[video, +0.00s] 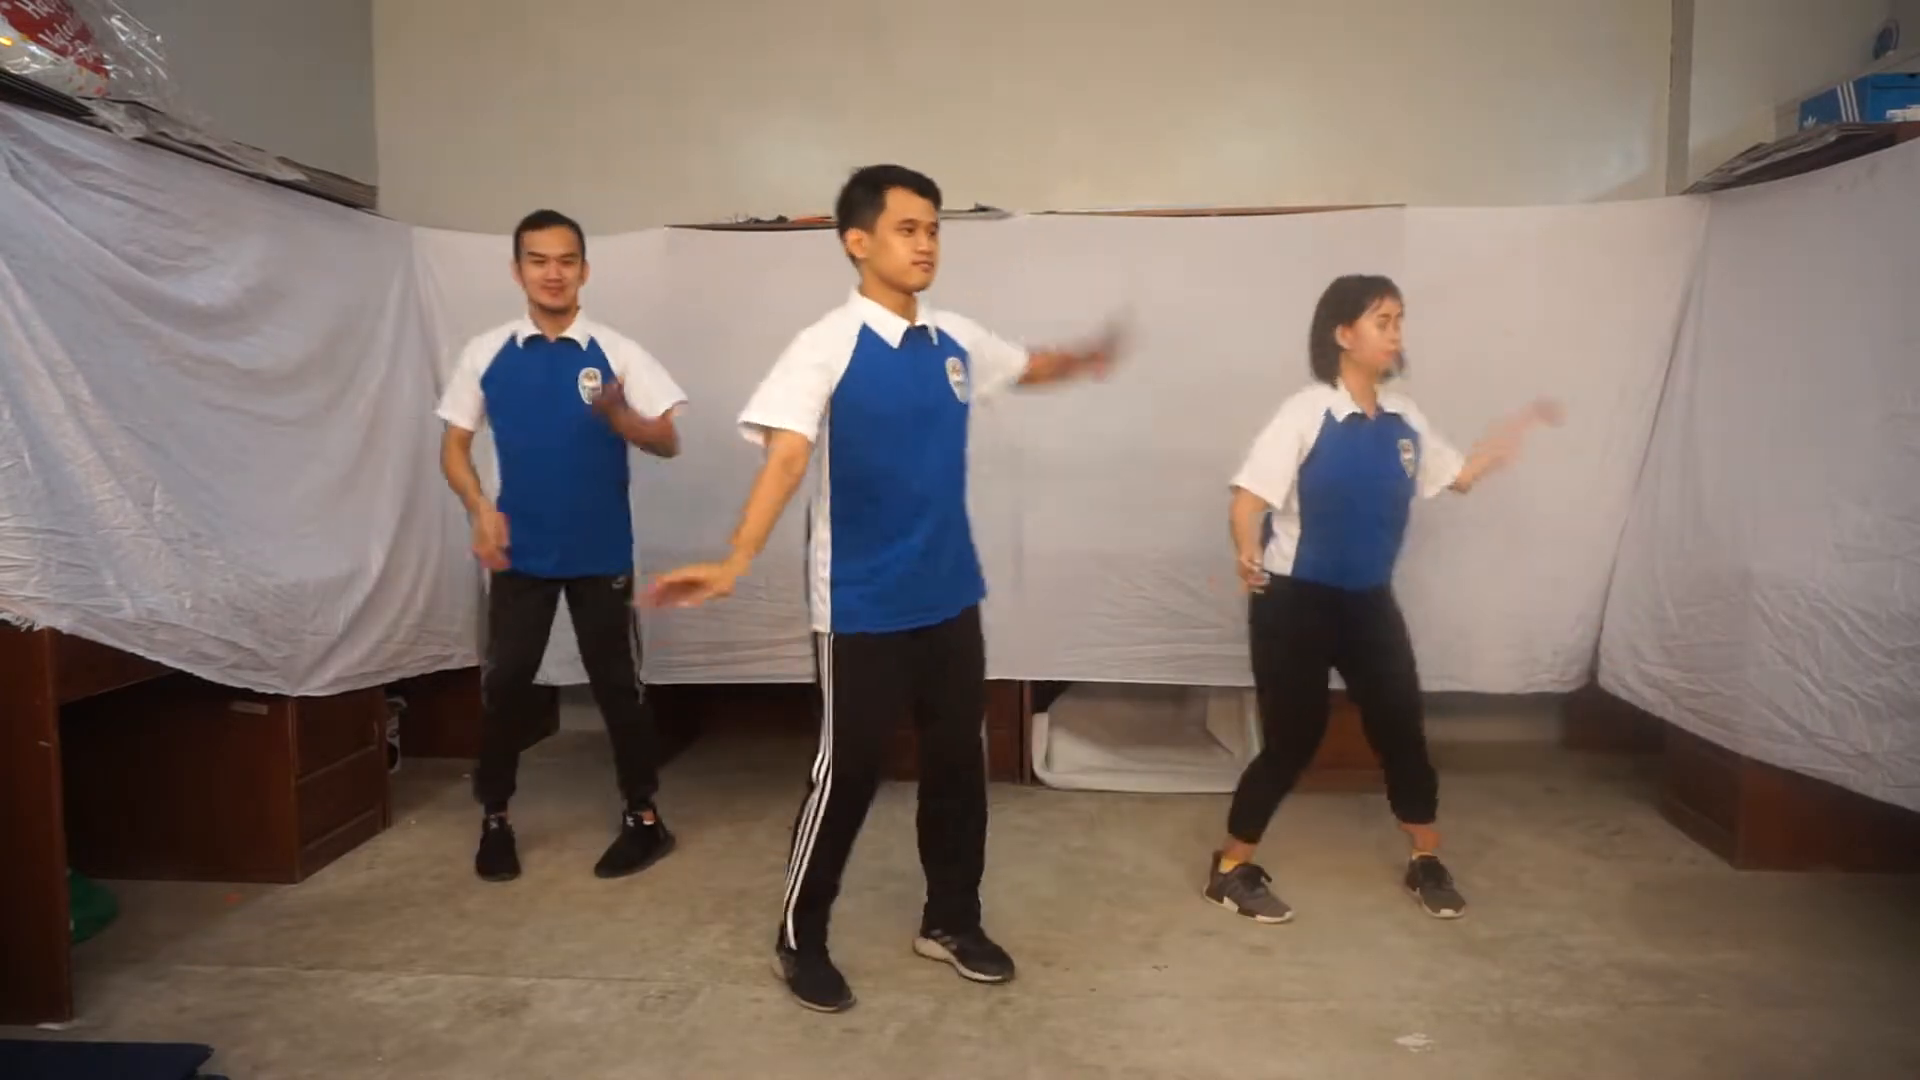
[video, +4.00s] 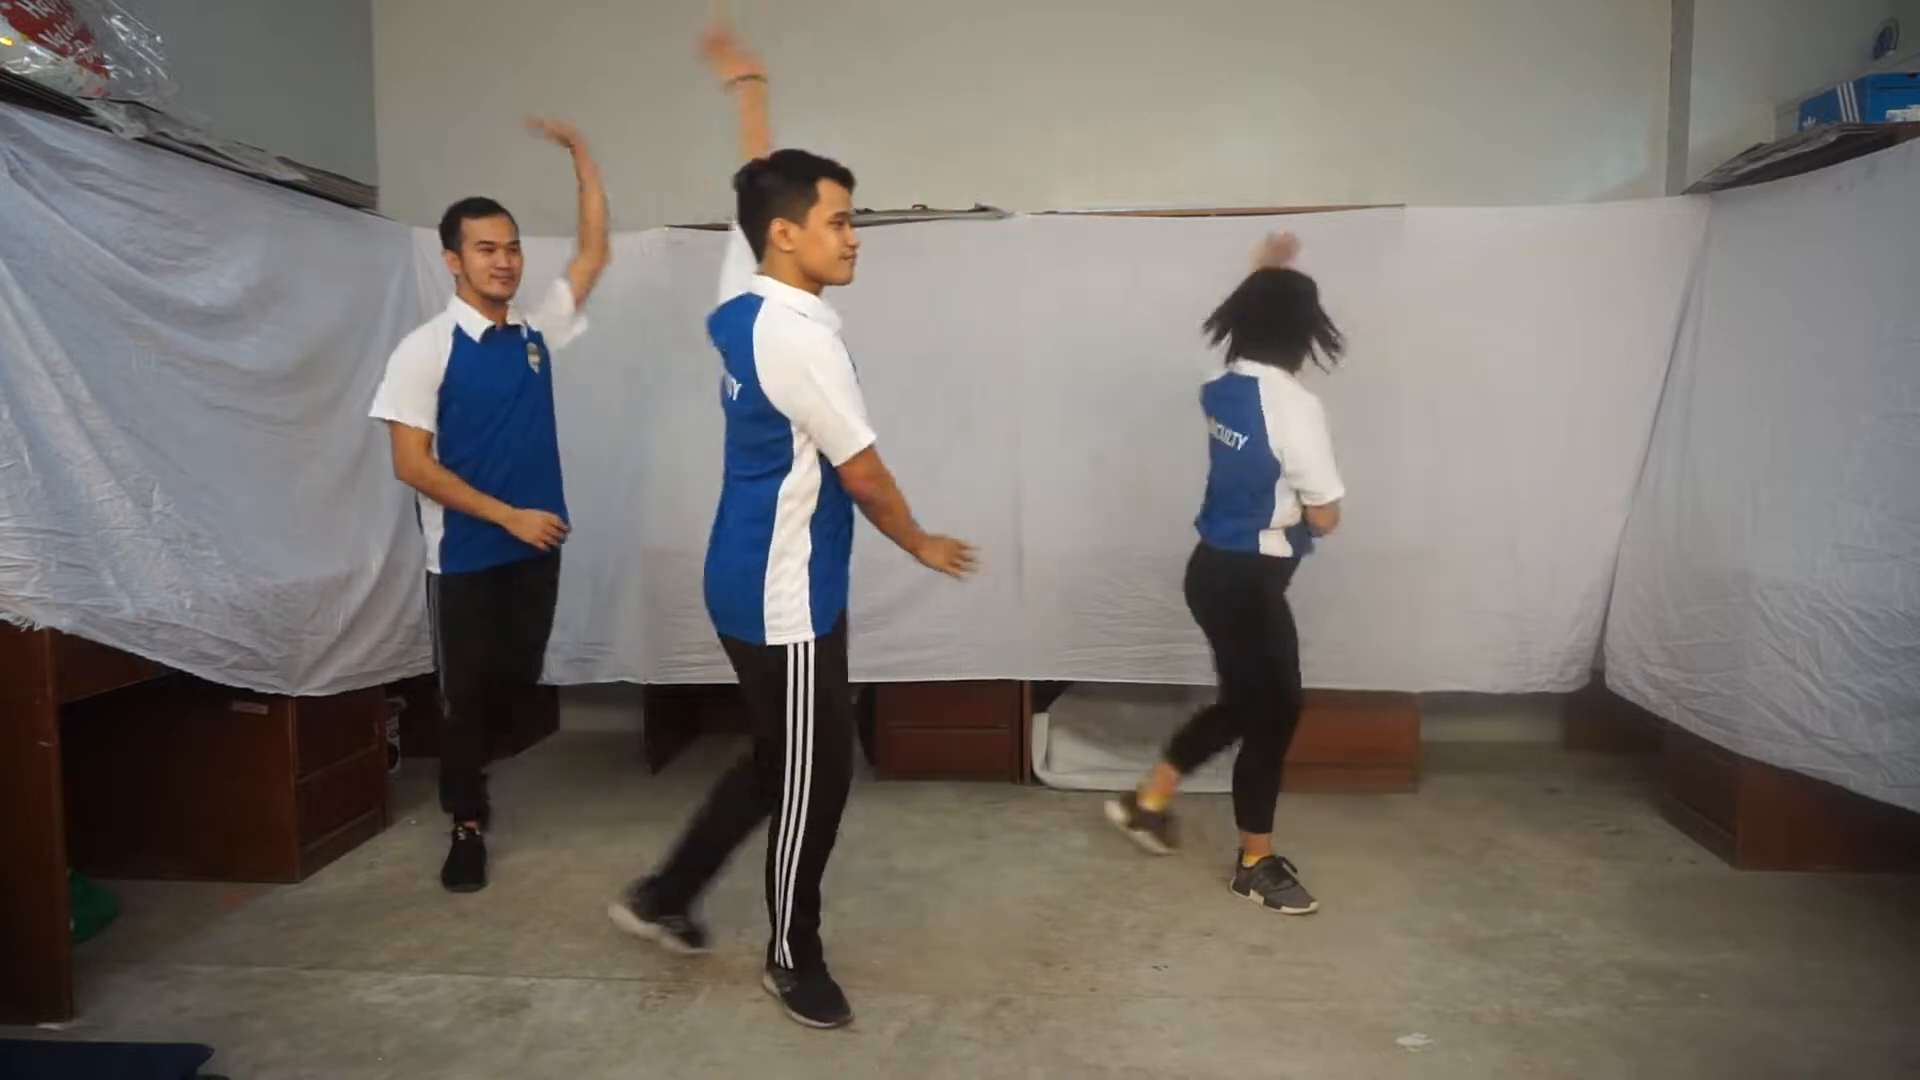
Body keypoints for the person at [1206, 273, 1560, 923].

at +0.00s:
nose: (1397, 334)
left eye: (1399, 323)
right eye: (1384, 323)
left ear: (1395, 334)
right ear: (1343, 334)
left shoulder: (1402, 416)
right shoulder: (1308, 411)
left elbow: (1457, 476)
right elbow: (1249, 495)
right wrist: (1249, 558)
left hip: (1367, 604)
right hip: (1293, 602)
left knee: (1402, 729)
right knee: (1293, 737)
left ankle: (1426, 861)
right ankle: (1233, 865)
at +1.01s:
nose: (1275, 353)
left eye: (1273, 341)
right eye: (1269, 341)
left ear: (1213, 345)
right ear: (1237, 346)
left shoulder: (1185, 398)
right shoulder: (1257, 423)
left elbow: (1202, 328)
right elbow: (1300, 524)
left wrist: (1209, 252)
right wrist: (1275, 531)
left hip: (1159, 582)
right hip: (1215, 604)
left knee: (1122, 704)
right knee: (1308, 723)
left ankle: (1060, 827)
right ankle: (1286, 870)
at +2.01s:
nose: (1477, 358)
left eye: (1486, 342)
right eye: (1471, 346)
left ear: (1528, 333)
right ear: (1475, 348)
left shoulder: (1583, 407)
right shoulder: (1485, 413)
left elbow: (1602, 510)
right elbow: (1446, 477)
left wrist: (1513, 564)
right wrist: (1404, 423)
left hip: (1596, 593)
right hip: (1515, 597)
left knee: (1590, 728)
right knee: (1470, 722)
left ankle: (1602, 873)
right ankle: (1443, 864)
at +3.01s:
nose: (1522, 333)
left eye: (1534, 320)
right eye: (1524, 320)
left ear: (1573, 329)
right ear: (1583, 333)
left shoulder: (1564, 405)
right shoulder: (1594, 388)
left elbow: (1514, 514)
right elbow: (1523, 418)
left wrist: (1484, 560)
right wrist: (1500, 352)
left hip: (1588, 595)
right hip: (1615, 588)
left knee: (1532, 729)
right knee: (1573, 709)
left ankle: (1583, 884)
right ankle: (1684, 825)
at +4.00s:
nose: (1315, 334)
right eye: (1311, 323)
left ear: (1243, 324)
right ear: (1302, 331)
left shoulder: (1222, 387)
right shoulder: (1293, 403)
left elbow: (1239, 328)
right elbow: (1325, 516)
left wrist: (1262, 273)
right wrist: (1292, 498)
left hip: (1208, 570)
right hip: (1252, 582)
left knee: (1241, 702)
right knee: (1274, 714)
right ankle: (1255, 859)